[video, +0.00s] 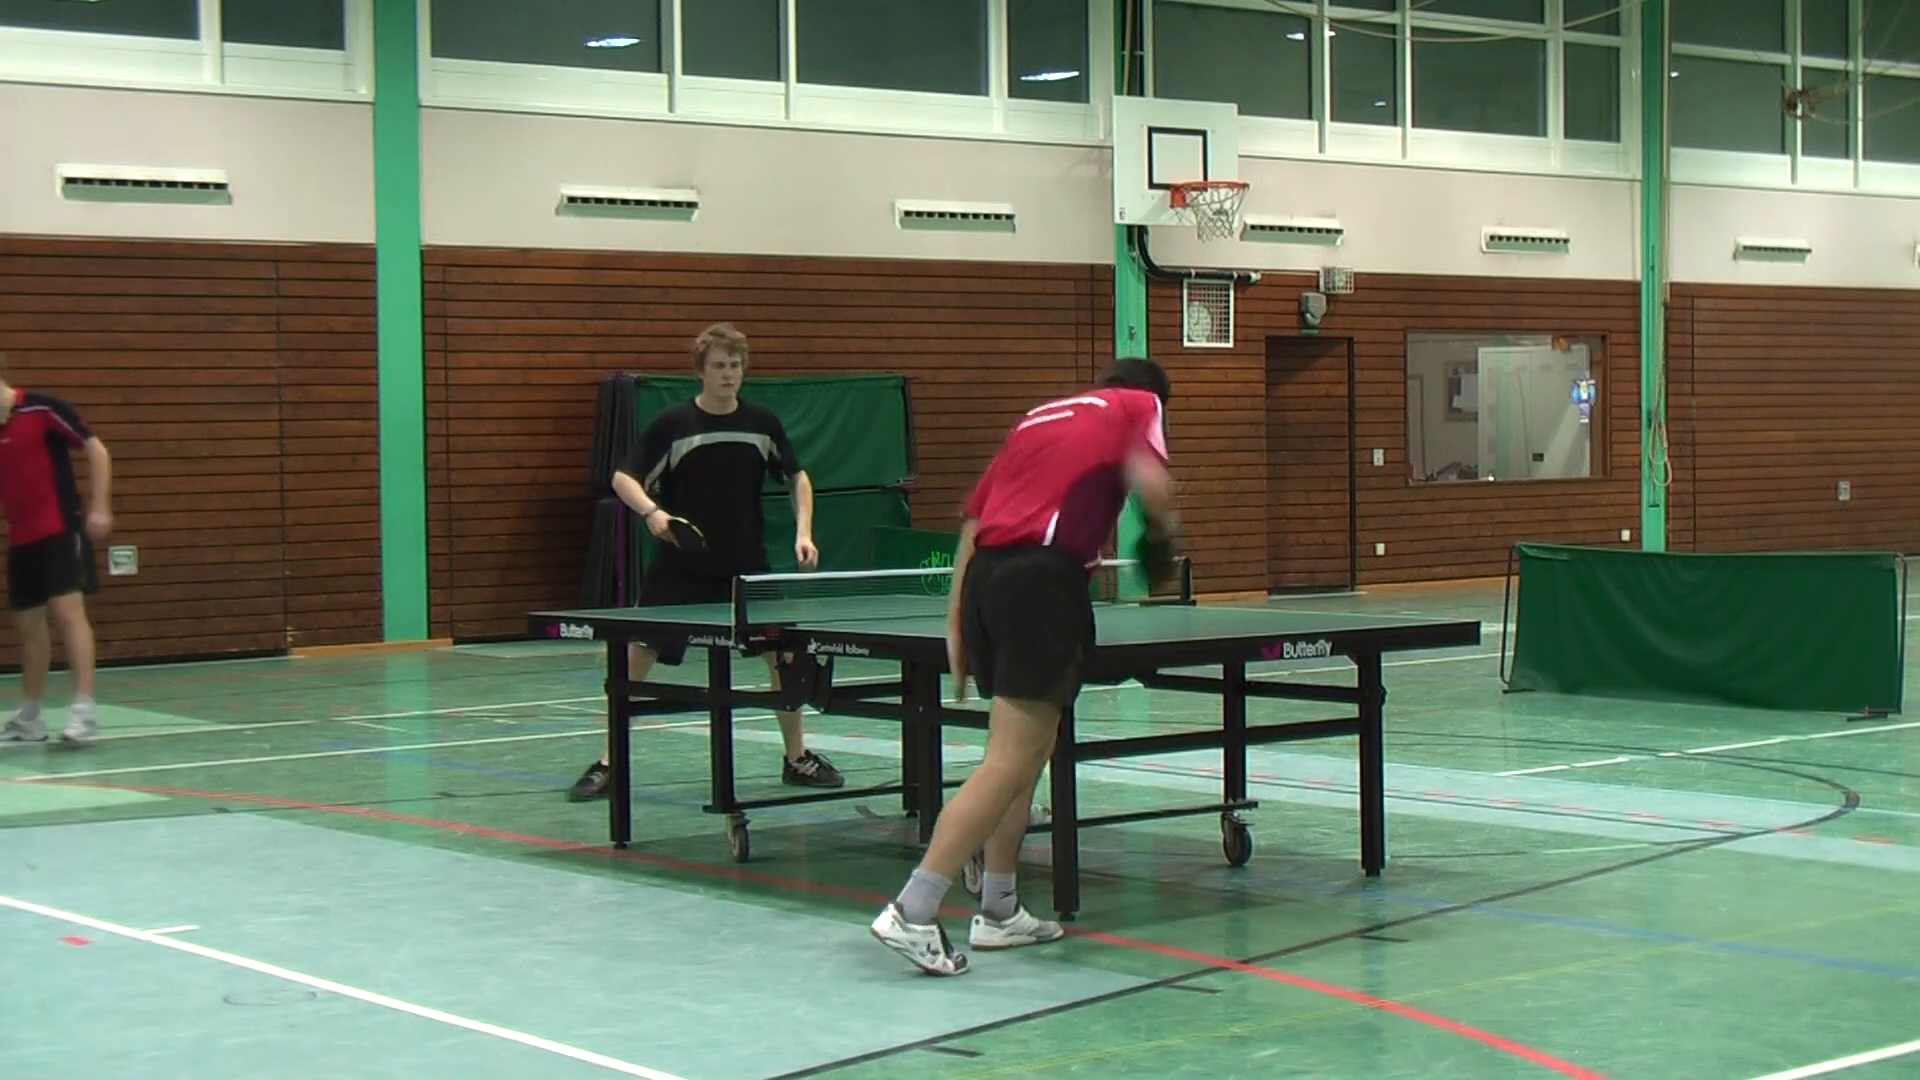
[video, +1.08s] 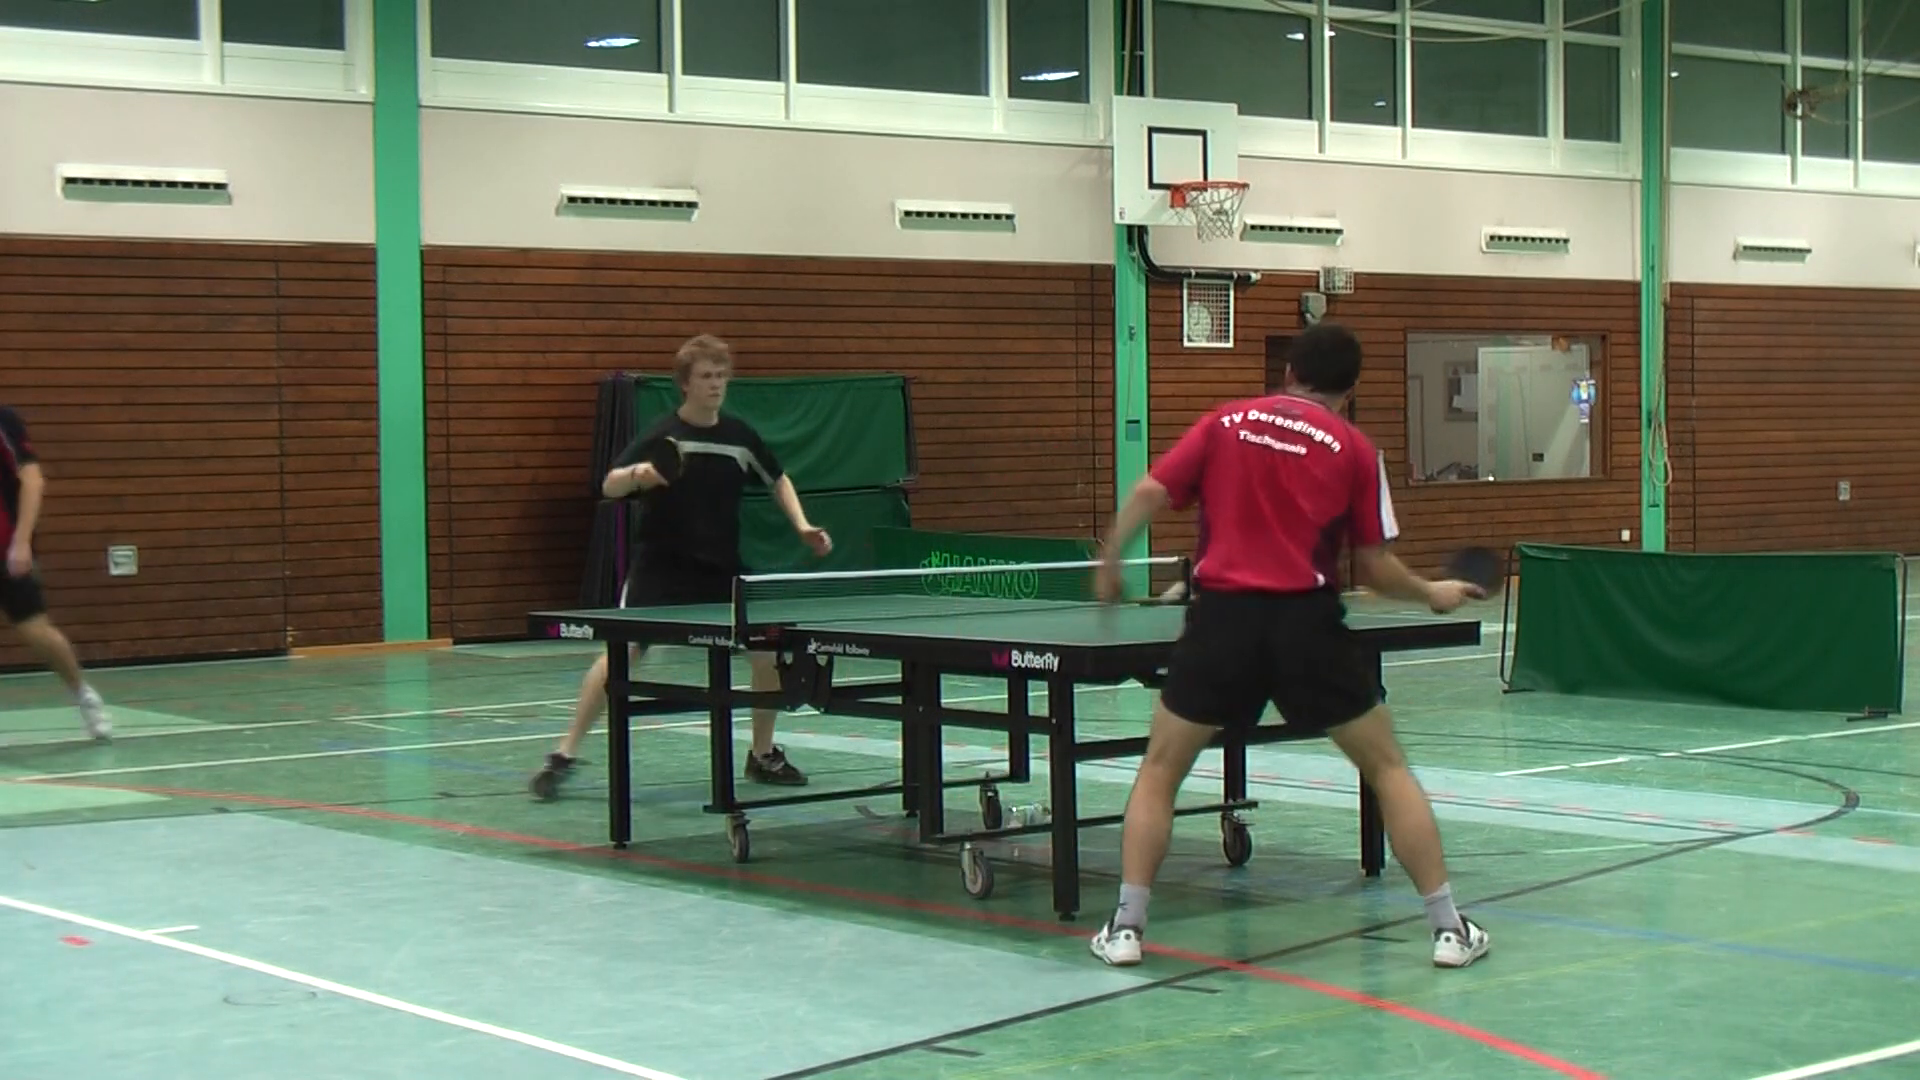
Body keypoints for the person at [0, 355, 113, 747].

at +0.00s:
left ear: (4, 383)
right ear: (1, 387)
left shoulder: (43, 410)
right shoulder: (4, 427)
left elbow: (96, 450)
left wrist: (100, 508)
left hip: (59, 535)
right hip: (20, 541)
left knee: (69, 613)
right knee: (29, 622)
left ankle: (84, 712)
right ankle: (30, 717)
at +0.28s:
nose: (10, 381)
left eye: (17, 373)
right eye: (7, 375)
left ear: (44, 373)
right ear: (10, 380)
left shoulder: (86, 417)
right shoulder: (14, 431)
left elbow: (127, 466)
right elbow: (8, 494)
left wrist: (158, 514)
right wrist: (9, 538)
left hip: (82, 545)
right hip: (32, 547)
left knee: (100, 624)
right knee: (21, 621)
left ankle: (118, 713)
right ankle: (29, 717)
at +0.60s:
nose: (27, 383)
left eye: (35, 376)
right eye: (26, 377)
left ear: (62, 374)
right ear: (30, 379)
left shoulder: (98, 423)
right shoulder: (31, 424)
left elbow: (118, 488)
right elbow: (28, 480)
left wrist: (116, 546)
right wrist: (21, 532)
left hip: (84, 547)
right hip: (34, 545)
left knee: (103, 628)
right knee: (12, 618)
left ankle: (119, 713)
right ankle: (9, 712)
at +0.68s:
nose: (17, 387)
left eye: (24, 379)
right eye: (15, 380)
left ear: (51, 376)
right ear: (23, 382)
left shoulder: (89, 423)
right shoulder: (24, 428)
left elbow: (104, 489)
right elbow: (20, 486)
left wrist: (86, 543)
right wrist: (6, 538)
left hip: (78, 548)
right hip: (29, 548)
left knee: (102, 629)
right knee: (7, 619)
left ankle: (118, 712)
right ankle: (1, 710)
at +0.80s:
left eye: (2, 388)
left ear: (24, 383)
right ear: (11, 386)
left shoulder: (67, 424)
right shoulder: (7, 433)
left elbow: (82, 484)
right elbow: (5, 491)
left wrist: (45, 533)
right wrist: (2, 531)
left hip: (67, 552)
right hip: (15, 552)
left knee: (95, 629)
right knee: (2, 624)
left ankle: (116, 710)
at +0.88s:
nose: (0, 406)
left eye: (1, 400)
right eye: (1, 400)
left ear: (6, 391)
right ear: (6, 392)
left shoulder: (47, 426)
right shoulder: (7, 434)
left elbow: (67, 484)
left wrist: (26, 531)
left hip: (51, 556)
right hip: (7, 558)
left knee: (85, 631)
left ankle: (115, 710)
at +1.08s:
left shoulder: (5, 421)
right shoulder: (8, 423)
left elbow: (31, 477)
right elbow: (32, 478)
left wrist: (21, 542)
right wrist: (21, 542)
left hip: (6, 551)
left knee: (34, 630)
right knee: (33, 629)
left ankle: (83, 694)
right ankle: (83, 694)